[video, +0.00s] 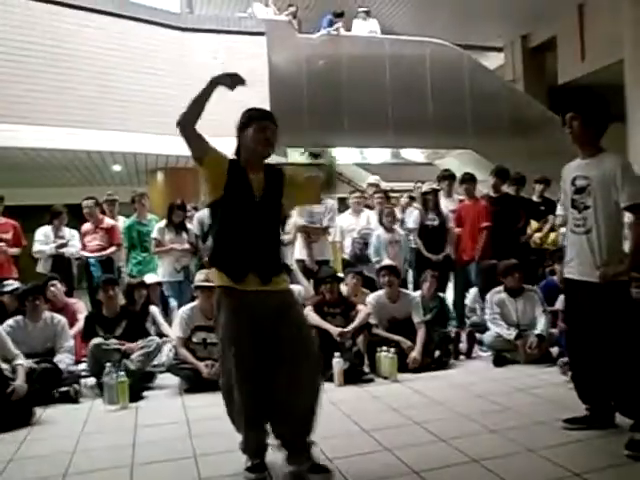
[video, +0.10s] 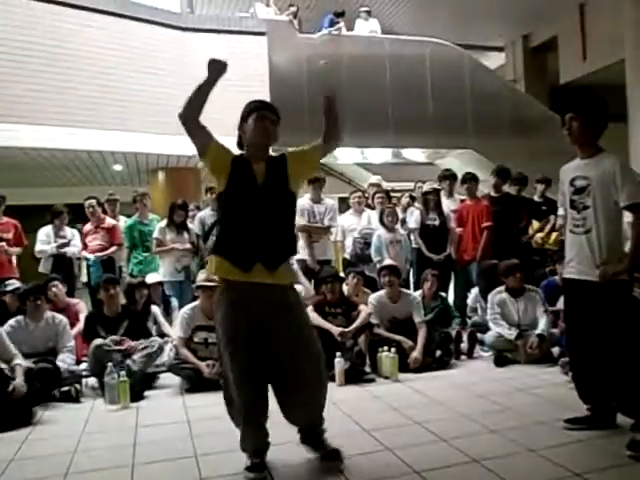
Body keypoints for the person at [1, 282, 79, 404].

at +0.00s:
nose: (36, 303)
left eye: (39, 299)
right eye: (32, 300)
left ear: (45, 303)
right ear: (25, 304)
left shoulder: (58, 322)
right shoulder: (11, 326)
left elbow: (67, 352)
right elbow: (5, 356)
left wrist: (54, 367)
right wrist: (24, 365)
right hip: (23, 369)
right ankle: (54, 396)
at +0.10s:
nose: (38, 303)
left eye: (41, 299)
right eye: (34, 300)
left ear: (47, 303)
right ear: (26, 303)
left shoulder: (59, 322)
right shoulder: (13, 327)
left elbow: (68, 351)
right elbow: (5, 356)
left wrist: (57, 368)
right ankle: (54, 395)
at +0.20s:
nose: (38, 303)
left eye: (40, 299)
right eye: (33, 300)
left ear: (46, 302)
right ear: (25, 304)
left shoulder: (59, 322)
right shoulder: (12, 327)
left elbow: (68, 350)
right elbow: (9, 357)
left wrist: (62, 370)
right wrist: (14, 381)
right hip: (25, 368)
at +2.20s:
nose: (40, 303)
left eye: (42, 299)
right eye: (35, 299)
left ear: (48, 301)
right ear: (26, 304)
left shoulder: (61, 322)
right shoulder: (14, 326)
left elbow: (68, 353)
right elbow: (11, 360)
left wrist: (56, 372)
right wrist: (28, 376)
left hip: (54, 369)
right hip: (27, 372)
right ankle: (66, 394)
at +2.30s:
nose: (39, 303)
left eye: (42, 299)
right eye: (34, 300)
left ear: (47, 301)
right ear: (25, 304)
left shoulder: (60, 321)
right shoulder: (14, 326)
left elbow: (69, 353)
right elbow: (10, 359)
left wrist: (55, 372)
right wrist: (25, 375)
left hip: (54, 368)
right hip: (28, 371)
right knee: (20, 388)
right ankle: (68, 394)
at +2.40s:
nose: (39, 303)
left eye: (42, 299)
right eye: (34, 300)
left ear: (47, 301)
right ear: (25, 304)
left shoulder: (60, 321)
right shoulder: (14, 326)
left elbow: (69, 352)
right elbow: (10, 359)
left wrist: (58, 371)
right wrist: (24, 375)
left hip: (53, 367)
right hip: (27, 370)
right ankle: (69, 394)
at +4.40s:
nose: (53, 303)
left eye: (52, 299)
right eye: (47, 300)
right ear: (35, 305)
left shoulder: (64, 323)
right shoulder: (18, 329)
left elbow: (72, 353)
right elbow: (16, 359)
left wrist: (64, 372)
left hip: (58, 369)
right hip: (32, 372)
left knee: (79, 375)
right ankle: (69, 396)